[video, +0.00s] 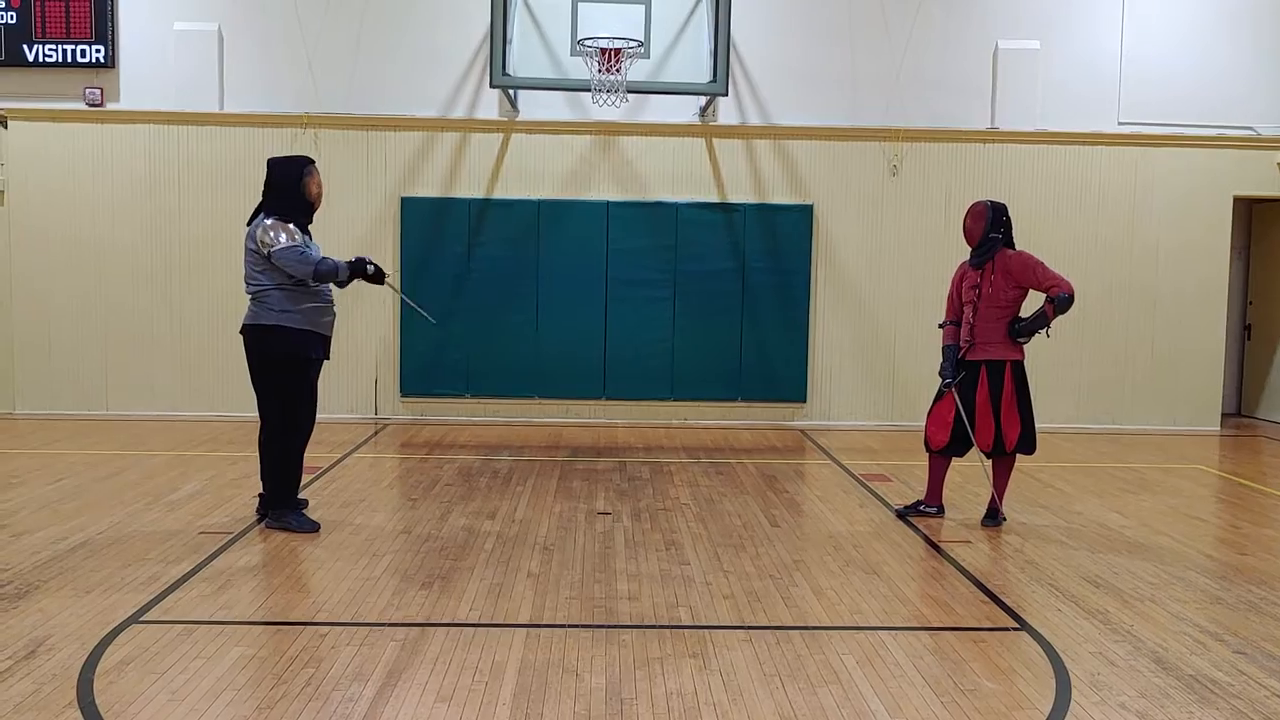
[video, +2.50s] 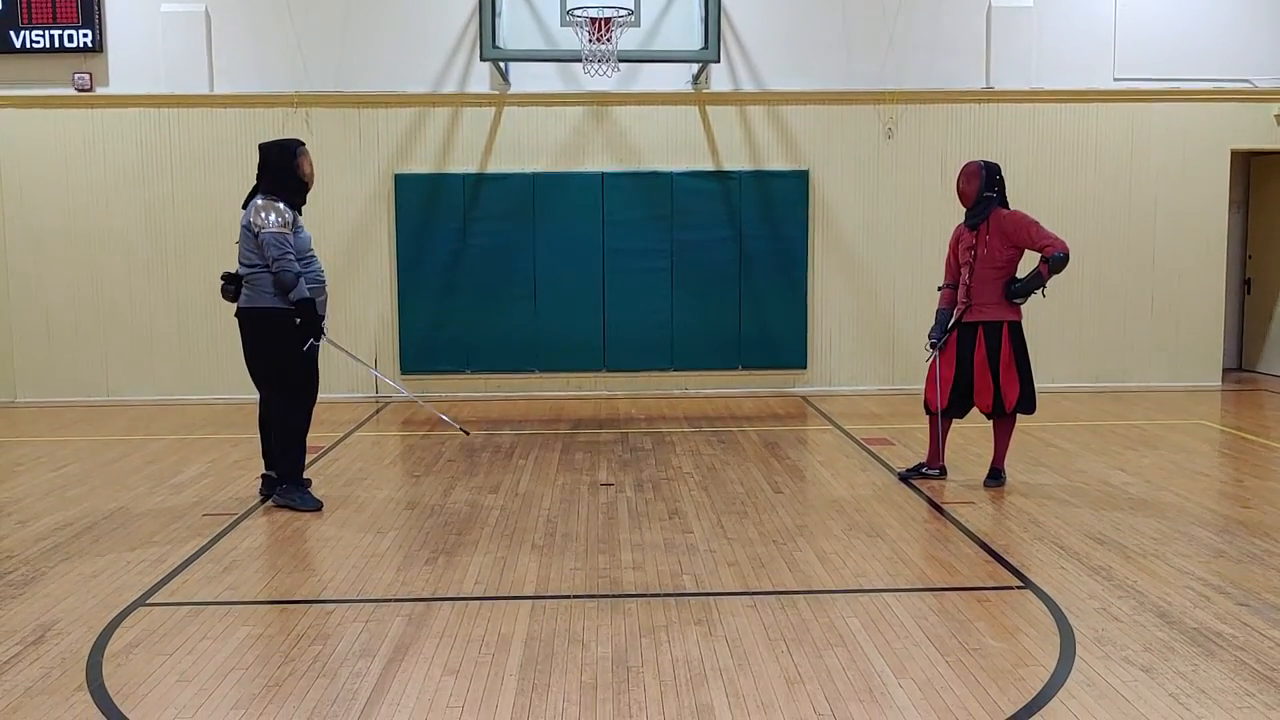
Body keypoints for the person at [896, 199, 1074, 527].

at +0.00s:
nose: (966, 229)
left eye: (972, 222)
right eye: (967, 222)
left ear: (991, 225)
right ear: (979, 226)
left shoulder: (1015, 261)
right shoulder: (965, 270)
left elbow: (1063, 292)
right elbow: (952, 319)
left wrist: (1032, 324)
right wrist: (949, 358)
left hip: (1003, 363)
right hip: (965, 363)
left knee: (1004, 434)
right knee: (941, 426)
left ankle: (995, 506)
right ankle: (932, 500)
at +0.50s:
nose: (968, 232)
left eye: (974, 225)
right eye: (969, 225)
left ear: (992, 227)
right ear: (980, 228)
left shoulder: (1016, 263)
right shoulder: (966, 272)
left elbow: (1064, 293)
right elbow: (953, 320)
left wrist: (1032, 326)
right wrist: (950, 361)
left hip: (1004, 365)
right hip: (967, 365)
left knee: (1006, 435)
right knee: (943, 428)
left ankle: (998, 508)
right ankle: (935, 503)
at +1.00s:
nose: (964, 229)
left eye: (970, 222)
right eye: (964, 222)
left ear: (989, 225)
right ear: (974, 226)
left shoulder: (1012, 259)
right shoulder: (965, 270)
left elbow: (1062, 290)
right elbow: (953, 318)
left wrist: (1031, 323)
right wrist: (950, 359)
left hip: (1003, 362)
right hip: (966, 363)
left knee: (1006, 433)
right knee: (943, 426)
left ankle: (999, 505)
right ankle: (936, 501)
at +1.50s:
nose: (962, 216)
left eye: (967, 208)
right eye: (961, 209)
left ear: (987, 210)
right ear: (971, 211)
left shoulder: (1013, 244)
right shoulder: (964, 255)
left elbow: (1061, 275)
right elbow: (953, 304)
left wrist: (1032, 308)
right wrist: (949, 343)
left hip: (1004, 347)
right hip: (967, 348)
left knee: (1007, 417)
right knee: (944, 411)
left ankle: (1000, 490)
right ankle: (937, 486)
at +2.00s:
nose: (960, 198)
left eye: (966, 190)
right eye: (959, 191)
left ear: (986, 194)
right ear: (966, 195)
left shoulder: (1009, 229)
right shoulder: (962, 240)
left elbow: (1058, 259)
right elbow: (951, 290)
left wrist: (1028, 292)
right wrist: (947, 328)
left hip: (1002, 332)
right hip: (964, 333)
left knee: (1004, 402)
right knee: (941, 395)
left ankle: (998, 475)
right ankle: (935, 471)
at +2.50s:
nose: (959, 189)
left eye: (965, 182)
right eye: (959, 182)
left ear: (984, 185)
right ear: (969, 186)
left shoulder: (1008, 220)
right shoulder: (961, 232)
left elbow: (1058, 251)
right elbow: (951, 283)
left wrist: (1028, 283)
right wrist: (940, 322)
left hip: (1000, 323)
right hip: (962, 324)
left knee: (1003, 394)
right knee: (938, 388)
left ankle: (997, 467)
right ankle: (934, 462)